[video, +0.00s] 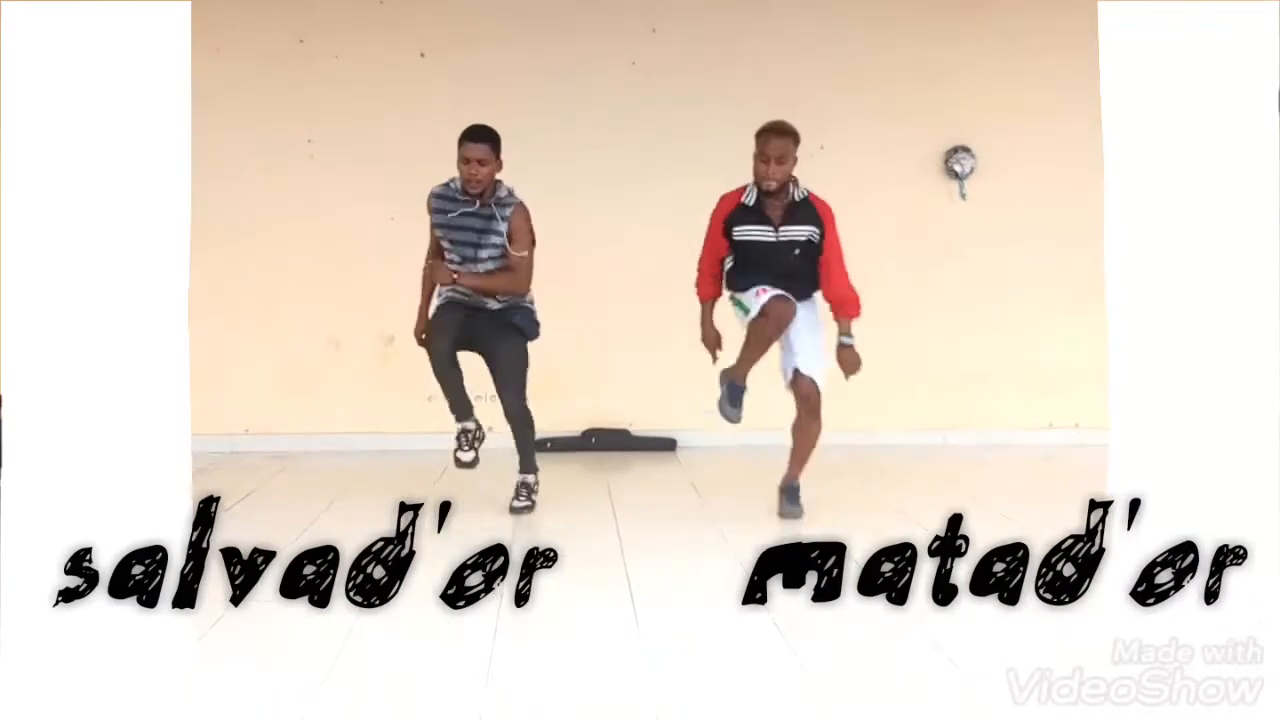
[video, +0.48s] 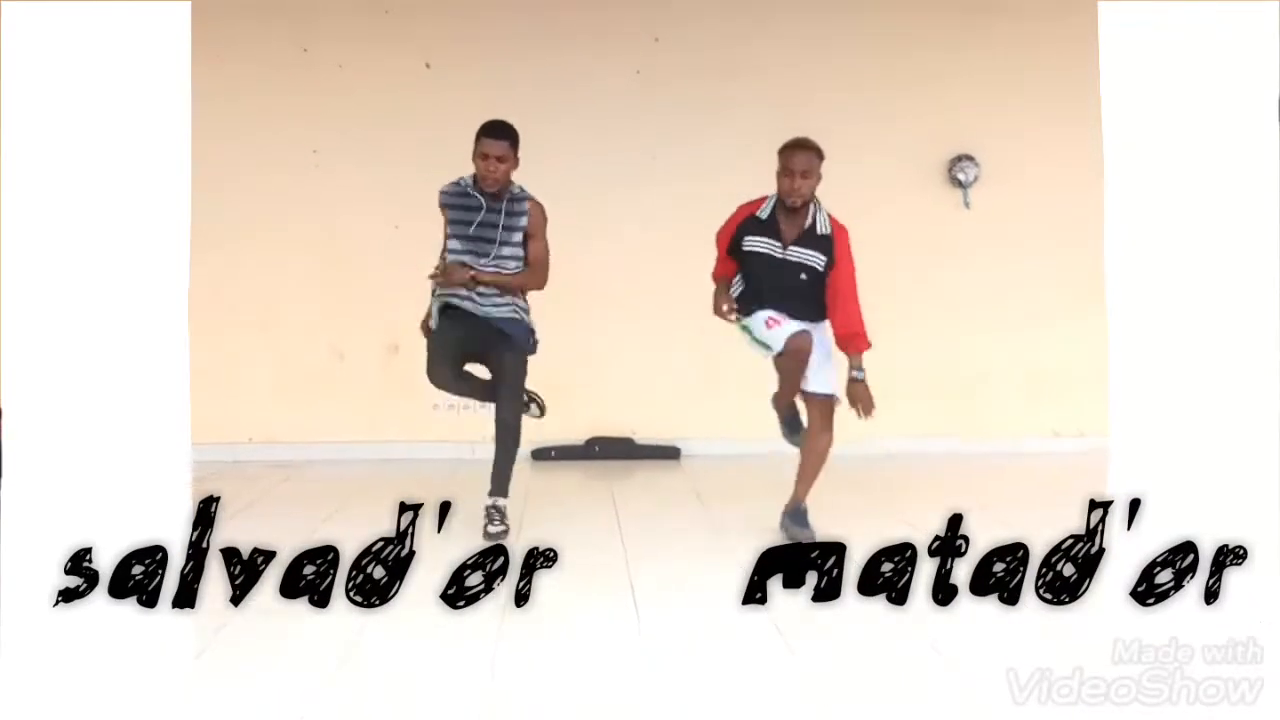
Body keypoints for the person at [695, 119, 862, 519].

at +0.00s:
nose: (770, 171)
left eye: (780, 163)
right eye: (763, 160)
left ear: (794, 164)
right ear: (753, 159)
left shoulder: (816, 211)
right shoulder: (731, 207)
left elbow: (834, 273)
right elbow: (711, 261)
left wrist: (846, 336)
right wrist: (706, 319)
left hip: (803, 300)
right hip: (750, 290)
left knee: (809, 393)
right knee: (781, 309)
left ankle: (791, 482)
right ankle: (737, 377)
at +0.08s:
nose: (769, 163)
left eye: (778, 155)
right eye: (762, 154)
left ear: (794, 157)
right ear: (753, 155)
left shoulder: (820, 205)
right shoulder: (735, 207)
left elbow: (846, 251)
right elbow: (714, 262)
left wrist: (860, 293)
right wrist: (716, 308)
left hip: (801, 313)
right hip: (750, 309)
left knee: (808, 396)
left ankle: (789, 477)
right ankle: (744, 414)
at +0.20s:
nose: (775, 166)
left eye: (784, 158)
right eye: (768, 158)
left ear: (801, 161)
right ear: (760, 160)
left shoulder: (824, 199)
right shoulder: (740, 210)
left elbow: (855, 218)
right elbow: (707, 262)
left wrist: (857, 227)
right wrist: (701, 319)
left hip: (798, 317)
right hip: (745, 321)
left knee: (823, 388)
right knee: (739, 410)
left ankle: (820, 496)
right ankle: (716, 474)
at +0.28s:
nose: (779, 168)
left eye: (789, 160)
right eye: (772, 160)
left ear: (805, 164)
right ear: (764, 163)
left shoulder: (825, 205)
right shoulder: (742, 213)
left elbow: (857, 246)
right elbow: (708, 267)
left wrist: (846, 239)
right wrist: (698, 322)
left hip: (797, 325)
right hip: (747, 326)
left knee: (820, 400)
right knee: (736, 410)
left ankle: (840, 495)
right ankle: (719, 477)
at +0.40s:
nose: (788, 170)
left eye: (798, 163)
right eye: (781, 161)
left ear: (812, 165)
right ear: (771, 162)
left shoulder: (828, 216)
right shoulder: (743, 208)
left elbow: (843, 279)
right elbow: (717, 249)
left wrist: (848, 345)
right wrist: (714, 293)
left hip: (809, 318)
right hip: (758, 317)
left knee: (813, 409)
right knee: (793, 379)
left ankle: (793, 504)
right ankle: (760, 422)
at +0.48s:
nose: (795, 185)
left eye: (805, 177)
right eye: (788, 175)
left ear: (819, 180)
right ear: (777, 174)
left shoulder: (832, 234)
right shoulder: (748, 218)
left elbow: (845, 303)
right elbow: (727, 253)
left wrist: (857, 372)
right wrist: (721, 289)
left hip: (813, 324)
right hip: (760, 313)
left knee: (822, 414)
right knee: (799, 344)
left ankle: (796, 507)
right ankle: (785, 404)